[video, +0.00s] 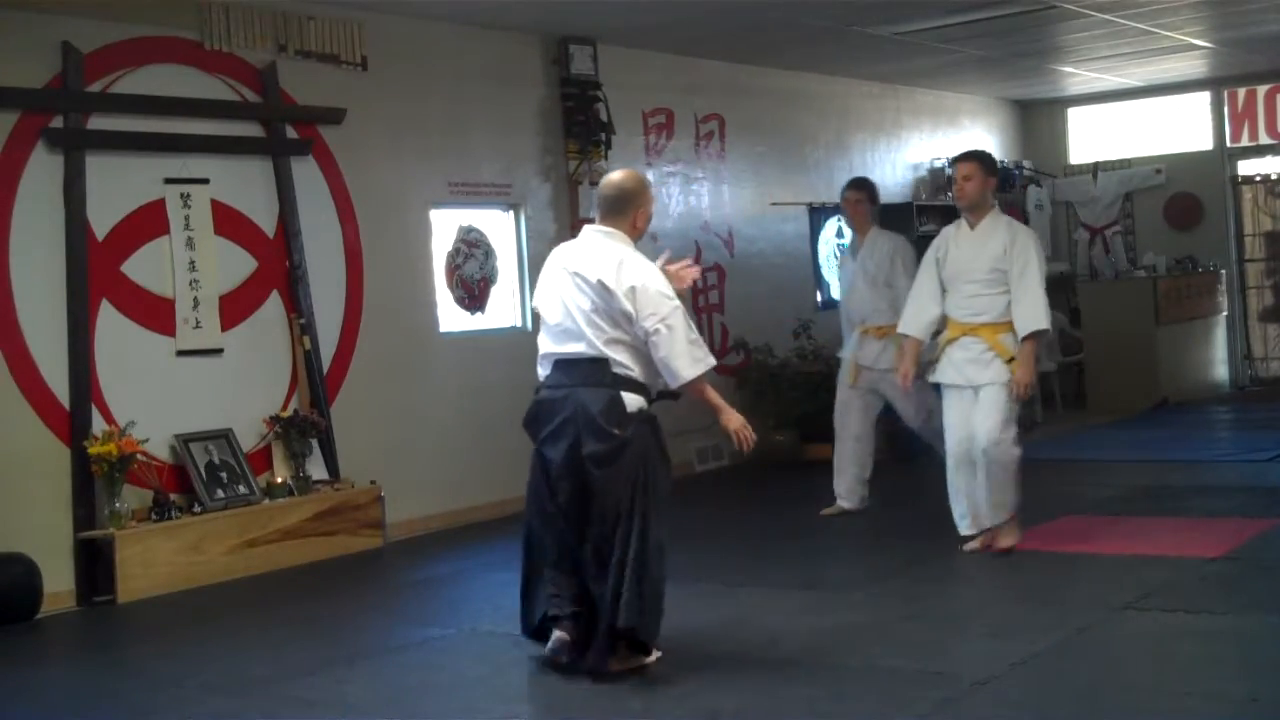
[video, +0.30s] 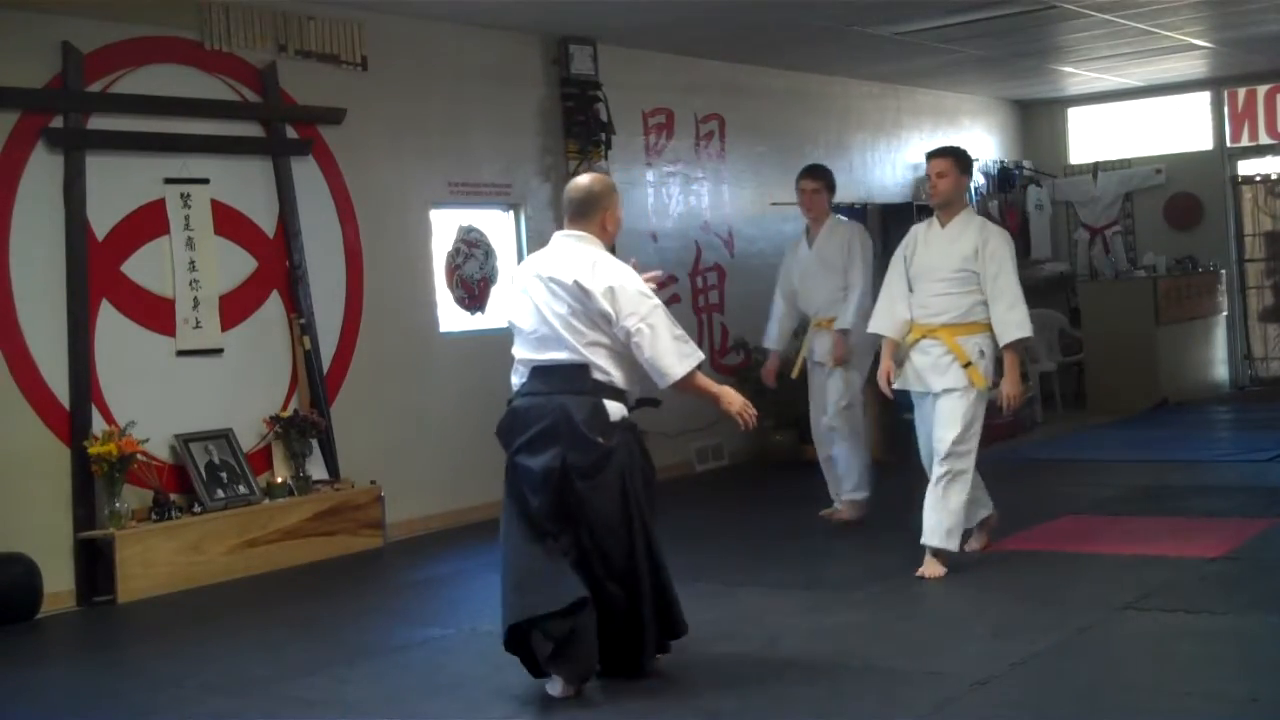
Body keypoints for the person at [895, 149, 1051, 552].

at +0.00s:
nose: (958, 187)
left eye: (967, 179)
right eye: (955, 181)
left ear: (991, 183)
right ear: (954, 187)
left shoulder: (1017, 236)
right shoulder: (945, 240)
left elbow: (1029, 296)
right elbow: (925, 294)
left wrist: (1028, 355)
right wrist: (910, 350)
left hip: (1000, 346)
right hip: (956, 347)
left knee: (990, 436)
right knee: (958, 442)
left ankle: (1004, 518)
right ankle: (976, 526)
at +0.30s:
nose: (932, 184)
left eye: (941, 176)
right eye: (929, 178)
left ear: (965, 180)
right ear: (928, 184)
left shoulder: (989, 236)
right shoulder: (916, 236)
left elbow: (1006, 303)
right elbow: (897, 297)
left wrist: (1012, 370)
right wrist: (887, 352)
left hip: (966, 352)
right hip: (919, 355)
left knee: (950, 450)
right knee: (933, 452)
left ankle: (936, 549)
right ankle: (981, 514)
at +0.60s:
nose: (912, 179)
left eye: (921, 171)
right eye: (909, 172)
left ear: (948, 177)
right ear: (908, 178)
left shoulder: (969, 234)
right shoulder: (896, 232)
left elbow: (981, 303)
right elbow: (875, 295)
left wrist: (973, 364)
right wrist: (864, 356)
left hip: (944, 354)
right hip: (894, 355)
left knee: (942, 455)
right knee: (884, 453)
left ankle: (939, 549)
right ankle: (910, 540)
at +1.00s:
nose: (891, 188)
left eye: (900, 180)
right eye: (887, 181)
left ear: (926, 185)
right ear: (885, 187)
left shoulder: (948, 245)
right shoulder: (872, 243)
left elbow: (949, 310)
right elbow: (851, 307)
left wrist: (916, 349)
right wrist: (844, 364)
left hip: (928, 367)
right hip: (873, 370)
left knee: (940, 471)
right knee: (859, 465)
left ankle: (939, 556)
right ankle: (883, 563)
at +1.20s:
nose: (865, 191)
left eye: (874, 183)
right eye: (861, 184)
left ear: (901, 187)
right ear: (859, 190)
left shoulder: (921, 245)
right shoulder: (852, 248)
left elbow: (905, 312)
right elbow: (833, 315)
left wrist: (858, 333)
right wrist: (830, 367)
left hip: (905, 370)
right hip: (855, 372)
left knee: (918, 477)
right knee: (853, 475)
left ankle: (934, 553)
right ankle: (885, 570)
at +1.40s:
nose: (837, 203)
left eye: (846, 194)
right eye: (833, 195)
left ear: (875, 197)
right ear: (832, 199)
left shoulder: (896, 255)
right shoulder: (833, 256)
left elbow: (862, 309)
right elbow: (816, 317)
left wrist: (811, 324)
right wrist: (814, 370)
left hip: (885, 377)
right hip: (838, 378)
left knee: (860, 470)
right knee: (830, 478)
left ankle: (901, 570)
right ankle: (867, 573)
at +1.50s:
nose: (825, 206)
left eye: (835, 197)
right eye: (822, 198)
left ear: (863, 200)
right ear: (821, 201)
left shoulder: (882, 258)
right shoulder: (825, 255)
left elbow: (842, 312)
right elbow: (814, 313)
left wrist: (790, 319)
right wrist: (808, 373)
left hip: (875, 380)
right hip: (833, 379)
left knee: (843, 475)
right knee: (825, 480)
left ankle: (853, 588)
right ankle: (884, 569)